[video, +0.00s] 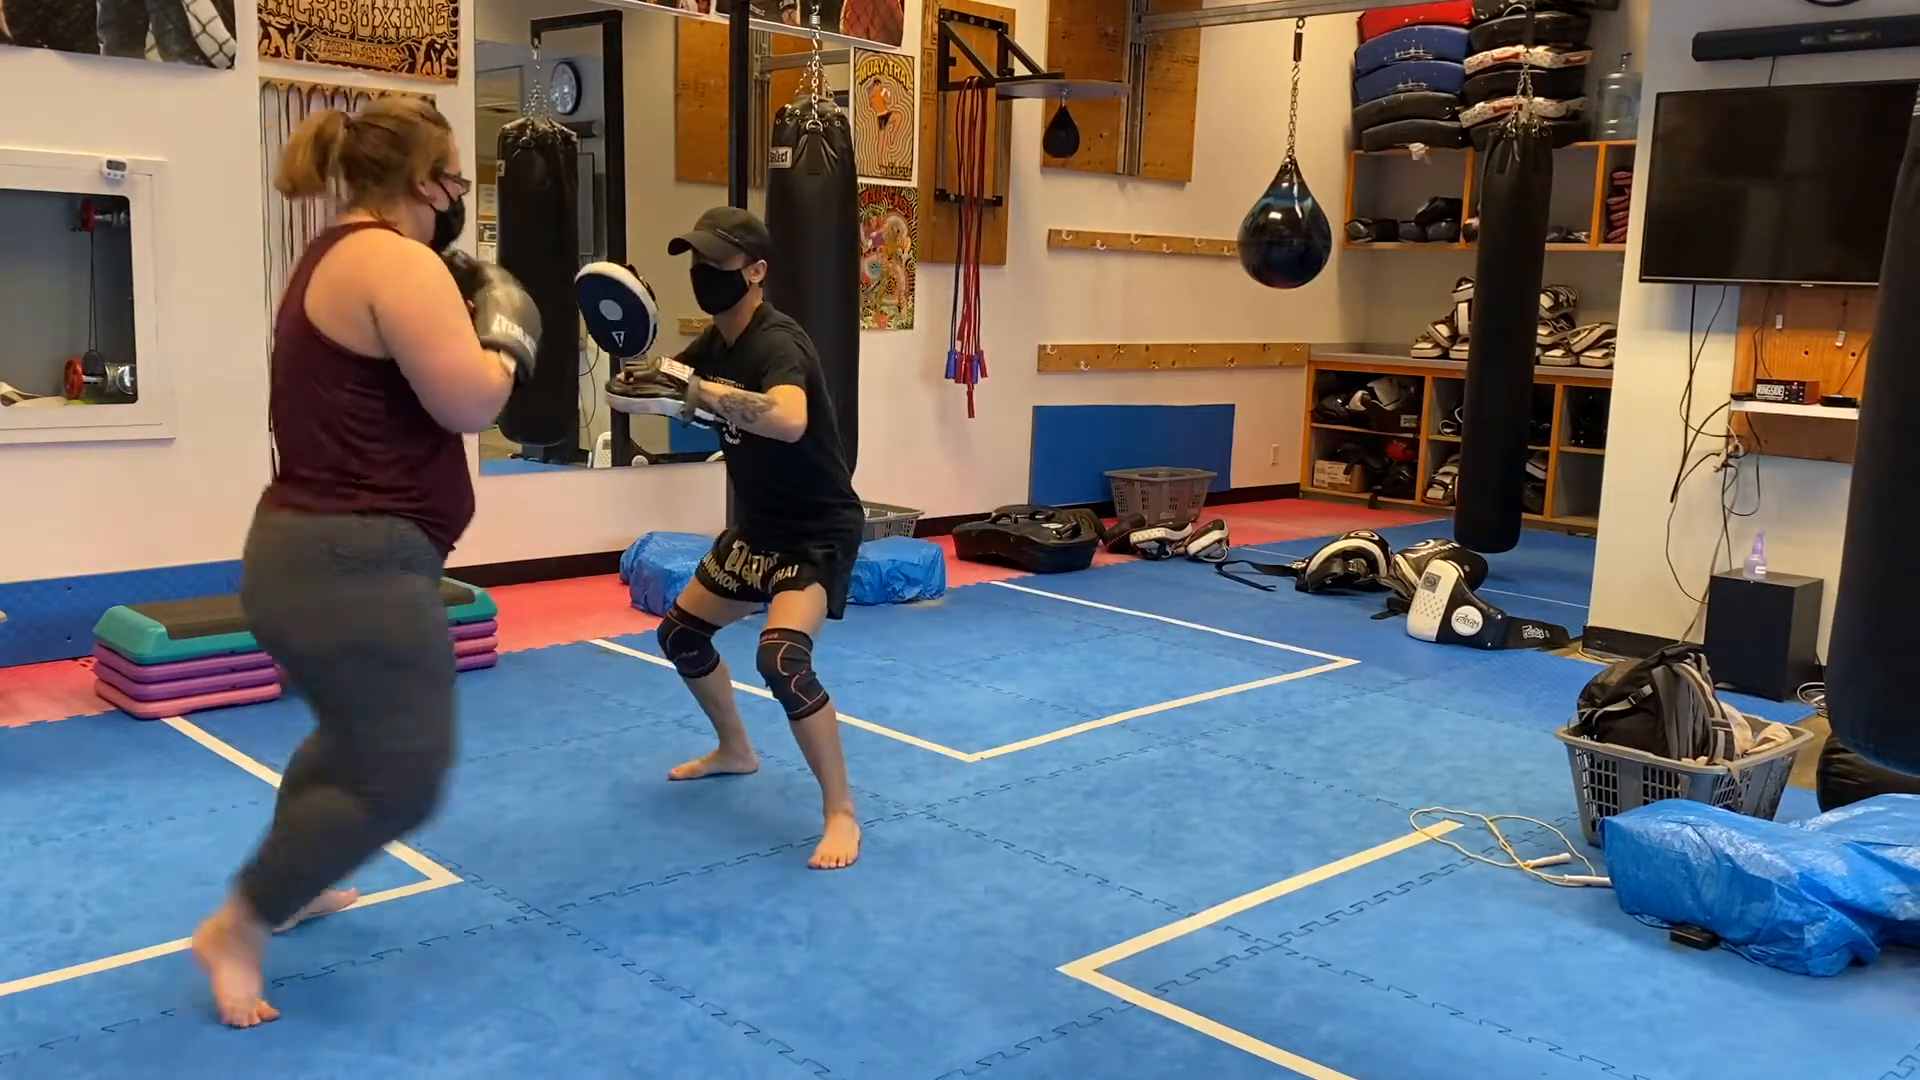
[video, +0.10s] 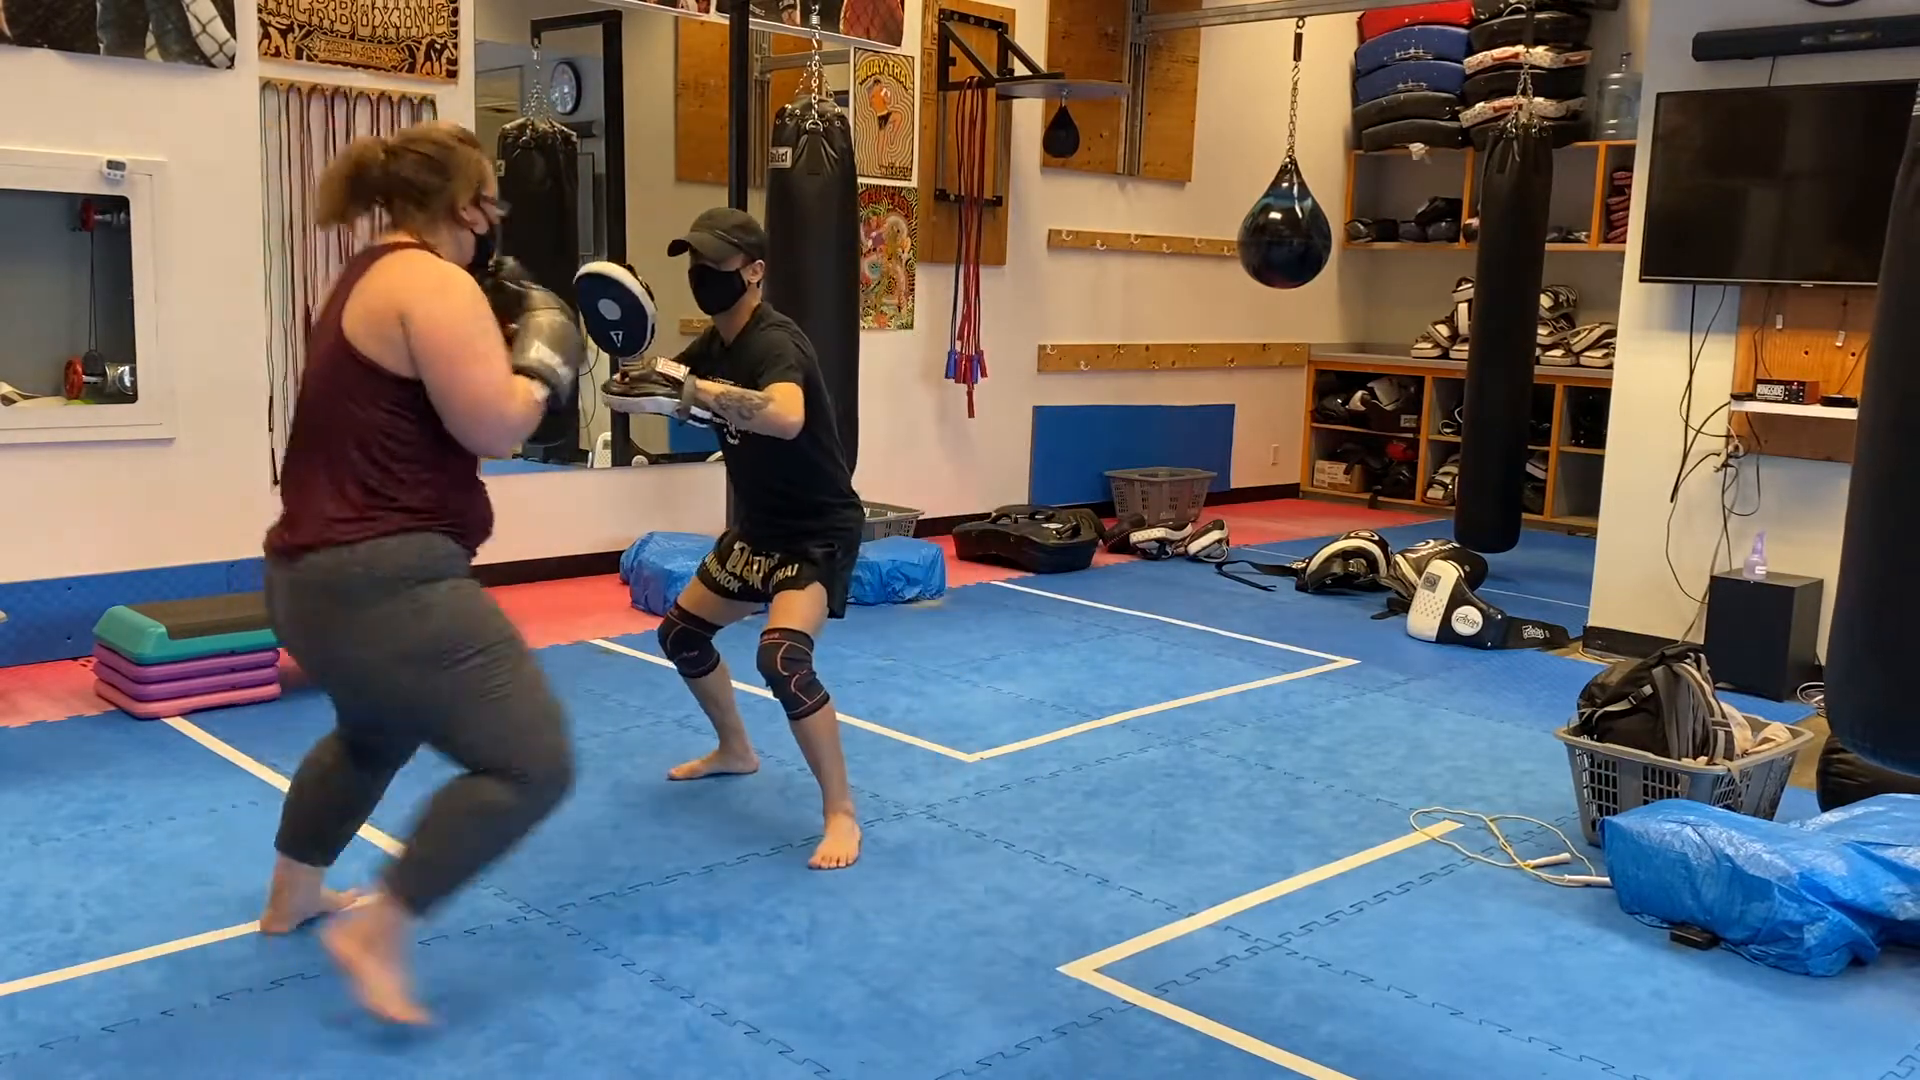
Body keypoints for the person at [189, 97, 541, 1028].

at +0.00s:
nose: (452, 200)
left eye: (453, 184)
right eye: (447, 183)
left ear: (364, 181)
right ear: (415, 182)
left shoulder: (330, 256)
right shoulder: (398, 262)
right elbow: (468, 401)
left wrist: (452, 316)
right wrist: (505, 343)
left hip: (299, 548)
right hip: (362, 561)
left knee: (352, 731)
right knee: (403, 780)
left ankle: (288, 882)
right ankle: (236, 927)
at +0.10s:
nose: (488, 223)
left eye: (489, 207)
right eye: (480, 206)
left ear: (397, 202)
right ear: (443, 204)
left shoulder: (360, 280)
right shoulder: (432, 284)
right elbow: (496, 427)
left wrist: (488, 317)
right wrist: (542, 361)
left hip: (310, 569)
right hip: (388, 571)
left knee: (378, 731)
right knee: (532, 763)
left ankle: (292, 893)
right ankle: (380, 924)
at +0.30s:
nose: (589, 223)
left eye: (585, 208)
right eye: (584, 208)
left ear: (477, 204)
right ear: (563, 208)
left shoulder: (427, 292)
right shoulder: (568, 286)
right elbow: (663, 401)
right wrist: (687, 337)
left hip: (432, 591)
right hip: (562, 588)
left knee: (407, 747)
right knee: (668, 807)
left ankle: (328, 905)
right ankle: (693, 1045)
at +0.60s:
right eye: (669, 177)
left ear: (566, 173)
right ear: (663, 176)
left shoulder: (500, 264)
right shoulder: (702, 260)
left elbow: (451, 405)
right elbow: (834, 352)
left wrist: (548, 369)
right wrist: (770, 339)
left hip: (544, 575)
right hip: (699, 569)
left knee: (499, 759)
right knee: (708, 819)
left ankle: (456, 958)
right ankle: (696, 1054)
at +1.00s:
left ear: (569, 154)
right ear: (664, 155)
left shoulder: (506, 242)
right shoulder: (715, 250)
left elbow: (448, 381)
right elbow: (793, 388)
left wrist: (525, 314)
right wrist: (719, 332)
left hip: (551, 570)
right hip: (706, 561)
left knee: (538, 785)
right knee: (778, 762)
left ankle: (512, 983)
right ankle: (778, 975)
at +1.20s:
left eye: (617, 165)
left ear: (626, 168)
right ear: (726, 172)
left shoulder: (568, 258)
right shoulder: (781, 269)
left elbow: (516, 402)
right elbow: (844, 415)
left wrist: (606, 398)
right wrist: (772, 420)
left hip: (621, 592)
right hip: (778, 579)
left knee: (573, 786)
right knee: (852, 783)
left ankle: (518, 982)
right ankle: (925, 1005)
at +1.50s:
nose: (744, 161)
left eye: (749, 148)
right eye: (754, 147)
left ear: (763, 155)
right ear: (861, 148)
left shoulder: (718, 259)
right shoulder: (923, 250)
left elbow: (669, 423)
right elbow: (969, 376)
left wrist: (748, 374)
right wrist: (878, 325)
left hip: (756, 582)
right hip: (908, 576)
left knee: (684, 790)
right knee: (908, 816)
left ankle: (621, 980)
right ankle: (929, 1056)